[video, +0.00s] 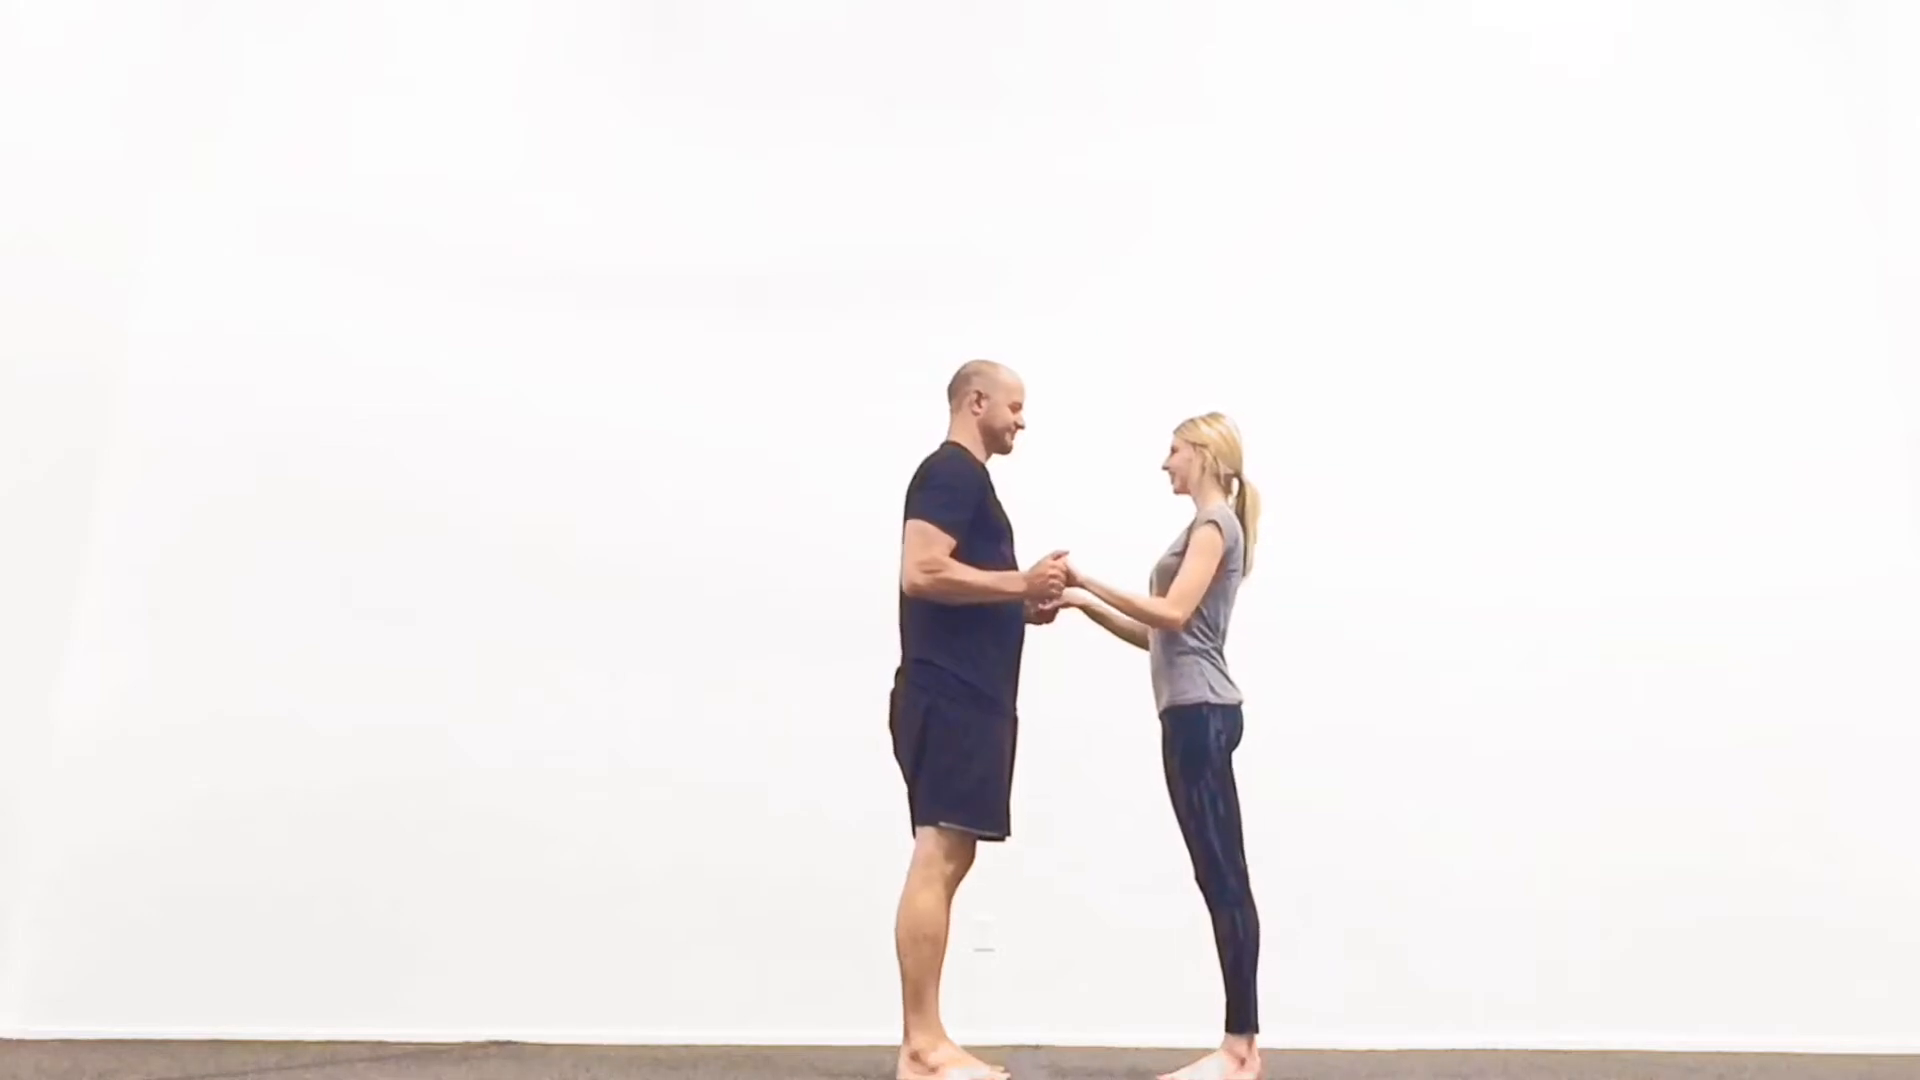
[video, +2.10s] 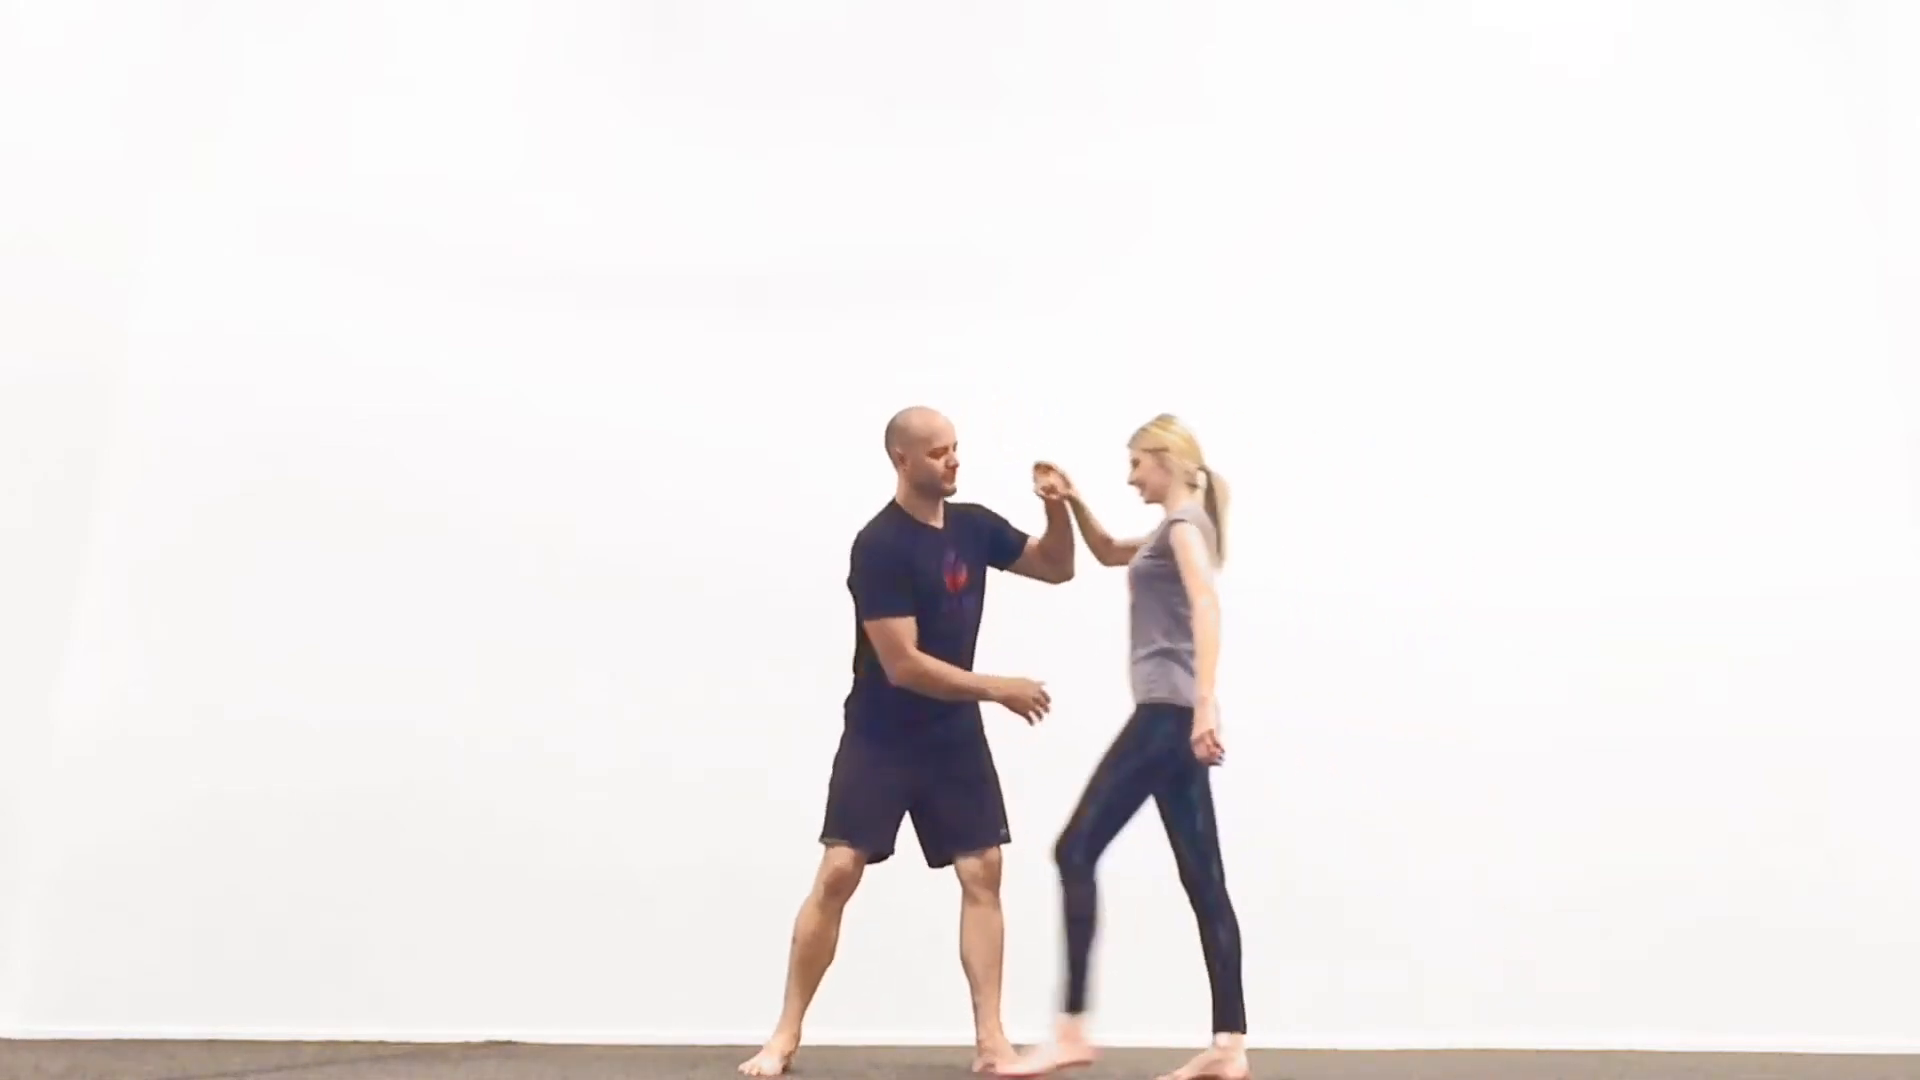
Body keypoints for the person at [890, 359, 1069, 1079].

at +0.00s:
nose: (1022, 421)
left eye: (1022, 410)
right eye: (1015, 408)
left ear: (976, 402)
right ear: (976, 403)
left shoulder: (969, 477)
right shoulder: (949, 469)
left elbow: (951, 594)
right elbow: (923, 572)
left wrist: (1026, 608)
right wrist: (1021, 584)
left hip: (966, 694)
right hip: (949, 694)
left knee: (946, 861)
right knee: (939, 861)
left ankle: (924, 1042)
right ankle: (923, 1044)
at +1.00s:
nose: (1067, 438)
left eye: (1066, 428)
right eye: (1055, 425)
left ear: (1028, 431)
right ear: (1015, 428)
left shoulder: (1049, 540)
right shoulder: (973, 494)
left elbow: (1041, 651)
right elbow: (948, 598)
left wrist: (1122, 615)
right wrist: (1051, 609)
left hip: (1011, 715)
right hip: (949, 708)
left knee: (1006, 872)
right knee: (940, 855)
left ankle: (989, 1039)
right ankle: (916, 1038)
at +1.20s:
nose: (1055, 437)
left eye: (1056, 428)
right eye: (1043, 425)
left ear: (1032, 436)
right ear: (1002, 430)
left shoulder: (1054, 537)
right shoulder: (953, 498)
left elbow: (1120, 619)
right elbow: (916, 597)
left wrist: (1195, 562)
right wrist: (1007, 610)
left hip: (1012, 717)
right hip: (941, 707)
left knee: (1002, 872)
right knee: (911, 847)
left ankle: (990, 1042)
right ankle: (849, 1020)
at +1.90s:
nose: (969, 443)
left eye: (970, 432)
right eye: (956, 433)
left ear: (962, 439)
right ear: (917, 440)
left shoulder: (990, 529)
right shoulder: (874, 520)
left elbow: (1065, 594)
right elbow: (849, 630)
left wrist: (1102, 530)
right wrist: (942, 658)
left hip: (960, 724)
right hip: (881, 723)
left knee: (982, 871)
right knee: (838, 869)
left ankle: (991, 1044)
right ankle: (783, 1039)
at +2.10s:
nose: (952, 461)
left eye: (953, 448)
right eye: (938, 453)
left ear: (952, 450)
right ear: (901, 462)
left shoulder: (973, 523)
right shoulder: (879, 545)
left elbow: (1054, 565)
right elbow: (902, 665)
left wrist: (1058, 508)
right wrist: (997, 688)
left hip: (954, 729)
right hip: (879, 732)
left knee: (982, 869)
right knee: (838, 873)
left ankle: (991, 1043)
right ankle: (784, 1038)